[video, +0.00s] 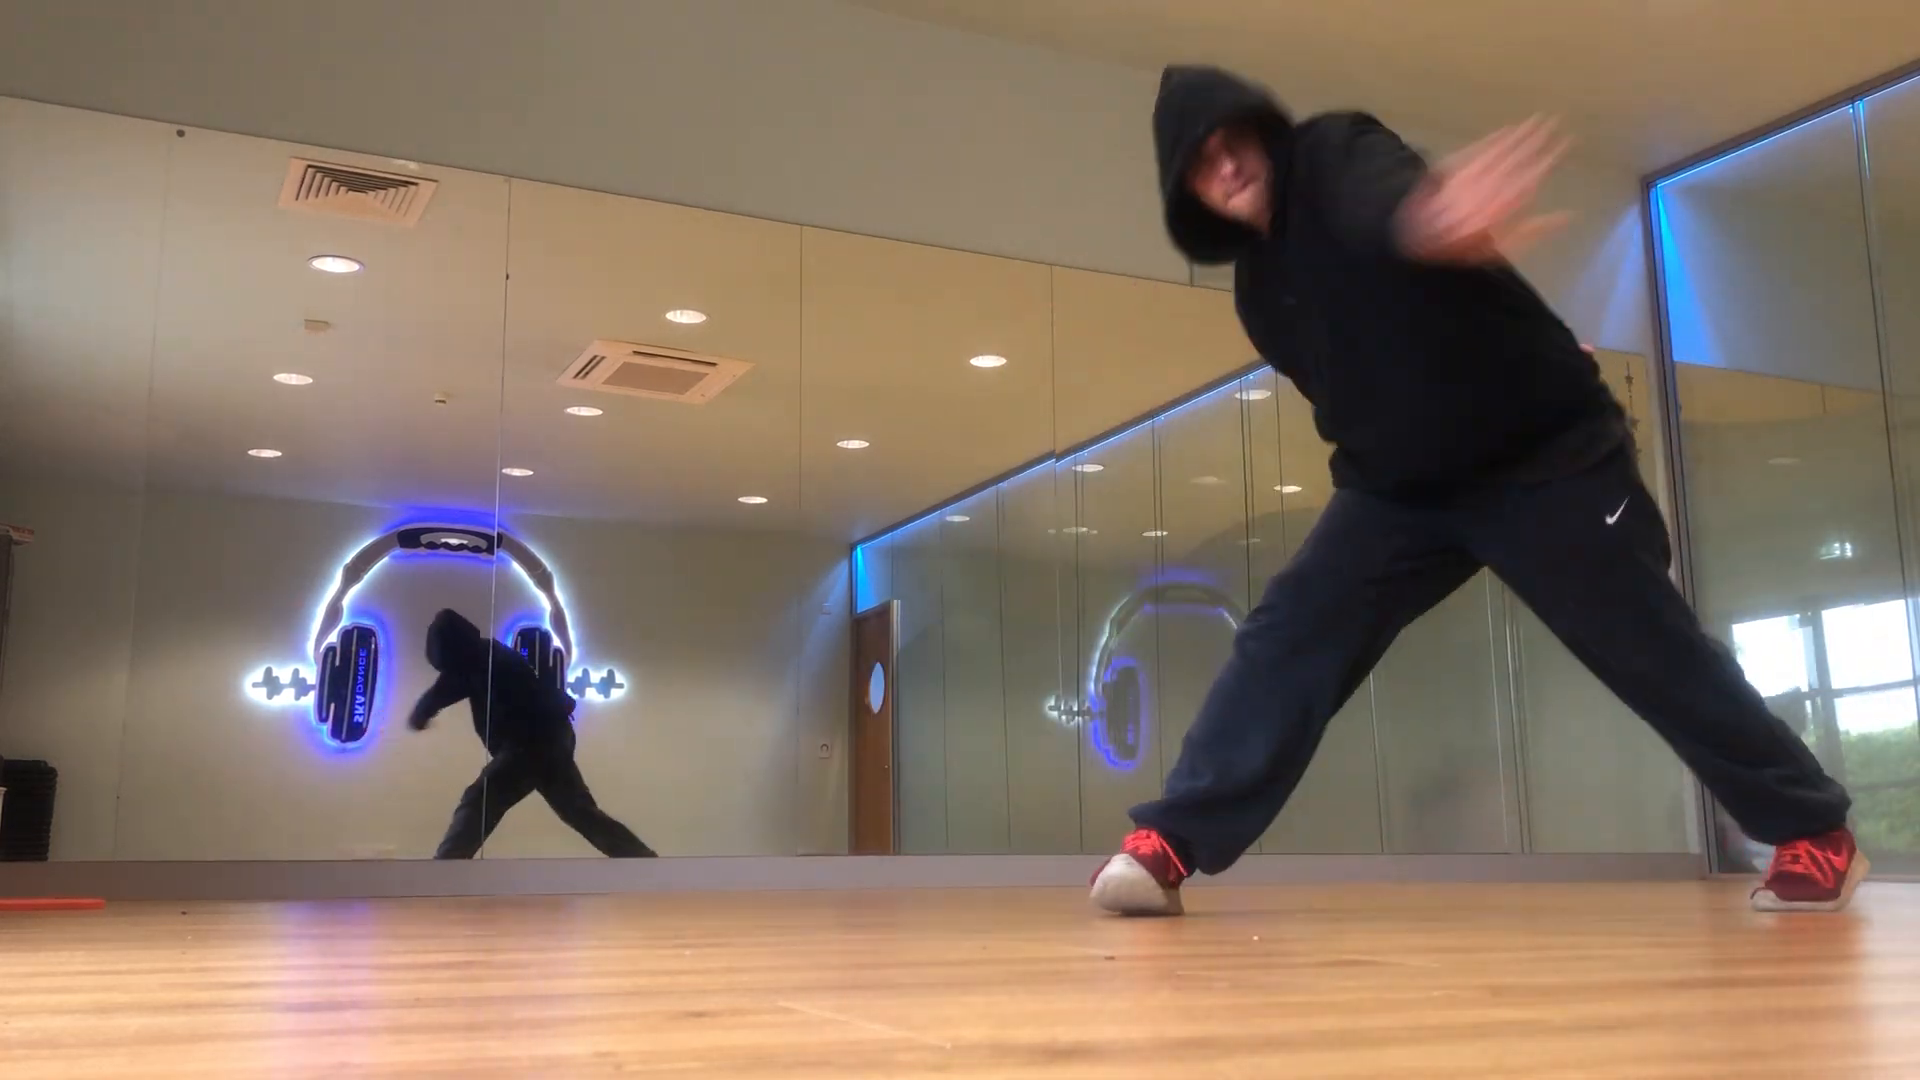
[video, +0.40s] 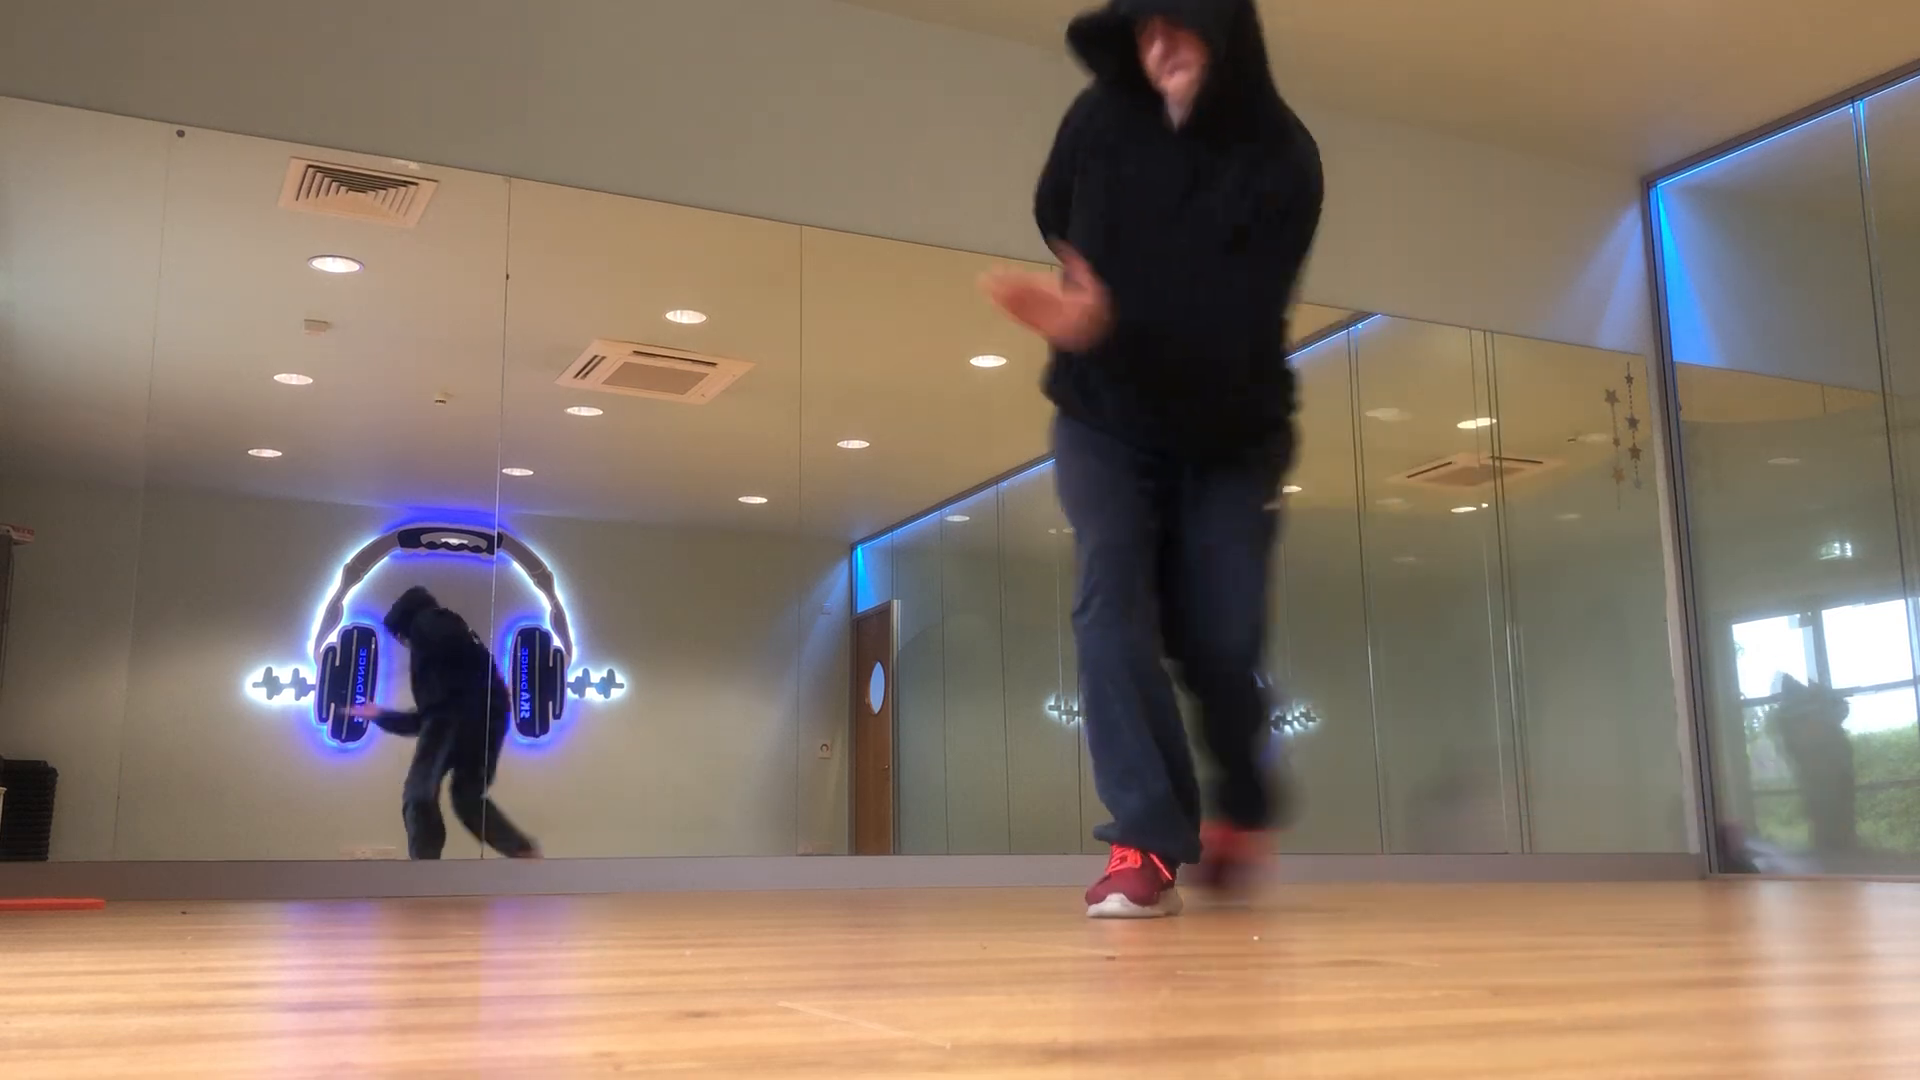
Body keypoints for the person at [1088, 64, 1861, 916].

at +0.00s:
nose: (1224, 170)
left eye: (1231, 143)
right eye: (1200, 166)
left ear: (1265, 131)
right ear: (1189, 193)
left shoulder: (1331, 158)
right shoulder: (1259, 286)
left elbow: (1378, 186)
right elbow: (1356, 362)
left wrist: (1426, 213)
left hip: (1541, 457)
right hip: (1400, 488)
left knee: (1650, 651)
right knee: (1290, 640)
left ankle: (1809, 826)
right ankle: (1169, 845)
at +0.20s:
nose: (1142, 167)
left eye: (1154, 141)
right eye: (1120, 152)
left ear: (1196, 127)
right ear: (1104, 161)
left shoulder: (1312, 164)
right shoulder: (1133, 244)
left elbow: (1463, 144)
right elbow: (1220, 313)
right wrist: (1233, 387)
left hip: (1386, 435)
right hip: (1246, 454)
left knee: (1500, 628)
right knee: (1189, 614)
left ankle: (1702, 792)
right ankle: (1158, 845)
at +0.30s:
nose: (1133, 118)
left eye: (1150, 96)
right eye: (1116, 100)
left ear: (1195, 88)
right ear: (1101, 103)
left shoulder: (1311, 179)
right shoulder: (1099, 186)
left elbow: (1389, 306)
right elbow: (1113, 292)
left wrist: (1311, 378)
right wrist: (1196, 356)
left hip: (1302, 442)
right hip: (1166, 439)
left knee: (1342, 633)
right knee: (1137, 616)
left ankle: (1493, 788)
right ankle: (1154, 843)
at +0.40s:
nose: (1165, 46)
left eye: (1184, 29)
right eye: (1148, 32)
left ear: (1226, 37)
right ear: (1130, 43)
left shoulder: (1279, 151)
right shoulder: (1100, 118)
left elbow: (1245, 306)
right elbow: (1060, 218)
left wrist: (1114, 317)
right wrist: (1082, 285)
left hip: (1230, 421)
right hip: (1109, 411)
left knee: (1218, 639)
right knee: (1112, 611)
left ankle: (1238, 809)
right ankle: (1146, 839)